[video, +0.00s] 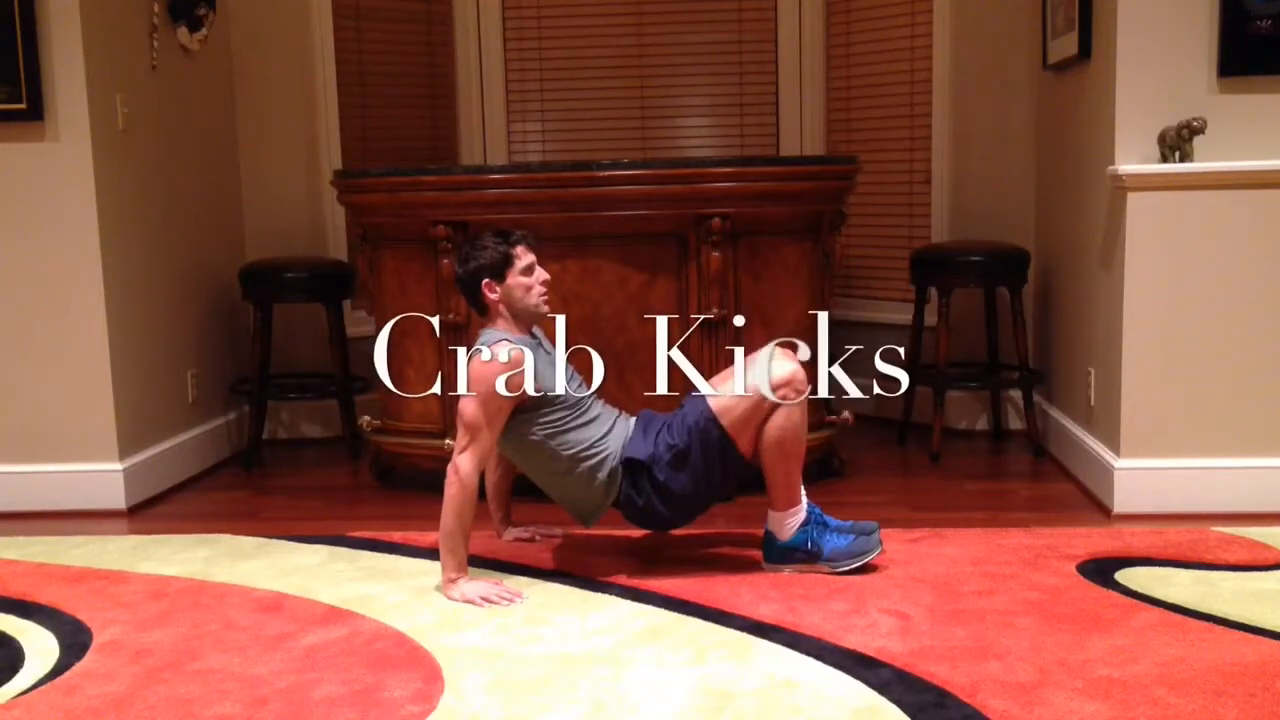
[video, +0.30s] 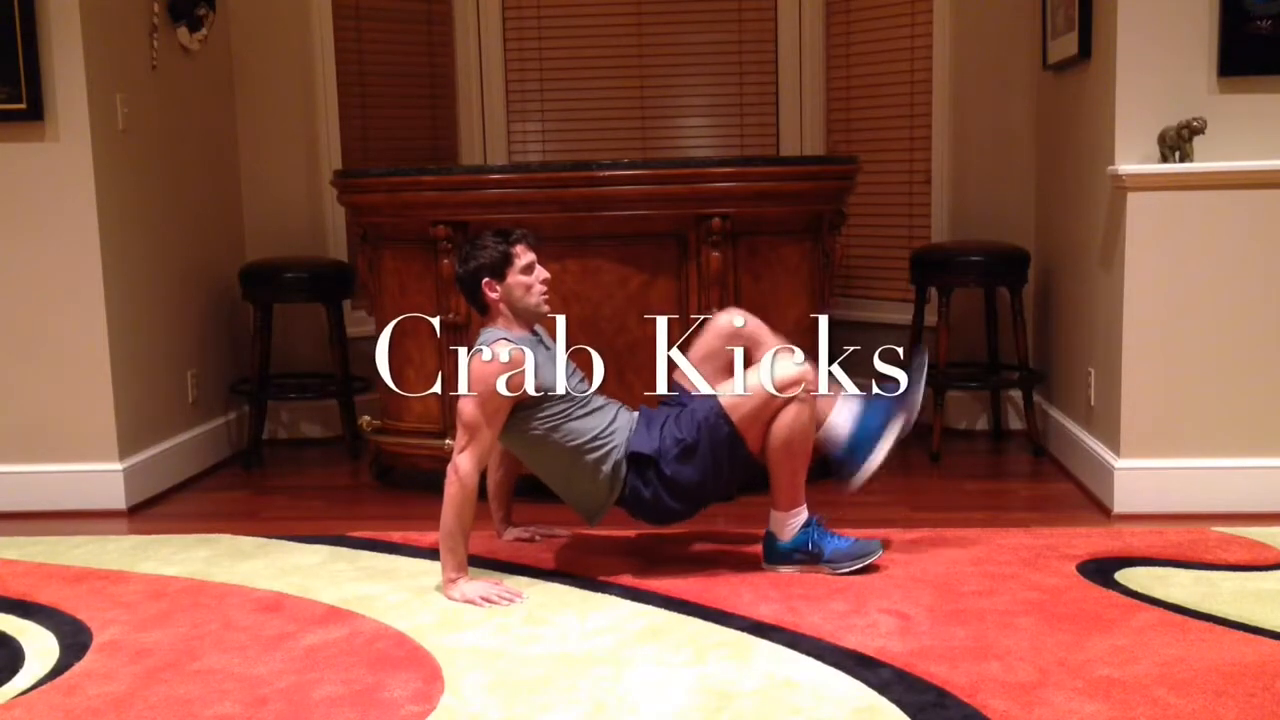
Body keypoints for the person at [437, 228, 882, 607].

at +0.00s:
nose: (543, 278)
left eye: (538, 267)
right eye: (528, 271)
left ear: (506, 290)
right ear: (493, 293)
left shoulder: (518, 340)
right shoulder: (495, 361)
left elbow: (498, 443)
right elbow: (464, 464)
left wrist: (500, 524)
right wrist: (453, 577)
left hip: (644, 439)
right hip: (640, 473)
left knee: (784, 357)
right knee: (785, 379)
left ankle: (795, 518)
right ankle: (789, 532)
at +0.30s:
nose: (544, 276)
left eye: (539, 265)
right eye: (528, 270)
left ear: (509, 287)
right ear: (493, 291)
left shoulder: (520, 341)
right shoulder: (493, 362)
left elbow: (501, 444)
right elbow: (463, 466)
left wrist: (500, 525)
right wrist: (452, 576)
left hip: (651, 431)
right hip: (647, 466)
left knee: (731, 326)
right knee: (795, 388)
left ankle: (842, 424)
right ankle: (790, 534)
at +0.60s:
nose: (545, 278)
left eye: (539, 267)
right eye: (528, 273)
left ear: (514, 288)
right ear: (495, 297)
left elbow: (506, 438)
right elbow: (460, 468)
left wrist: (498, 523)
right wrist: (452, 576)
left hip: (658, 433)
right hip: (650, 476)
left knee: (754, 337)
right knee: (790, 378)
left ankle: (901, 295)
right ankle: (791, 532)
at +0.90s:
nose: (516, 274)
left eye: (511, 264)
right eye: (500, 269)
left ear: (486, 286)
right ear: (465, 292)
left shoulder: (503, 342)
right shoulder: (483, 356)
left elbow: (492, 444)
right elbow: (456, 466)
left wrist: (497, 526)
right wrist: (453, 575)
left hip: (657, 397)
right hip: (660, 422)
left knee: (784, 297)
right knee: (787, 300)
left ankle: (816, 437)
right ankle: (894, 408)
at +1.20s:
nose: (531, 274)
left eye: (524, 264)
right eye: (514, 270)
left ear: (505, 287)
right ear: (483, 297)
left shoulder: (521, 347)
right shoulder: (503, 366)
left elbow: (492, 443)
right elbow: (461, 468)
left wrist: (499, 524)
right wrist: (451, 579)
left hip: (652, 448)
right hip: (651, 476)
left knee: (787, 356)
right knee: (788, 368)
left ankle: (775, 516)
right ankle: (940, 342)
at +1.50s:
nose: (531, 272)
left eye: (525, 262)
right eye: (515, 268)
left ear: (504, 285)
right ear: (484, 294)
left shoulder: (521, 342)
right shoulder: (499, 361)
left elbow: (497, 443)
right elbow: (465, 466)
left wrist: (499, 525)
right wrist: (452, 577)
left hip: (659, 417)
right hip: (652, 451)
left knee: (779, 327)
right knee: (809, 380)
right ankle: (793, 525)